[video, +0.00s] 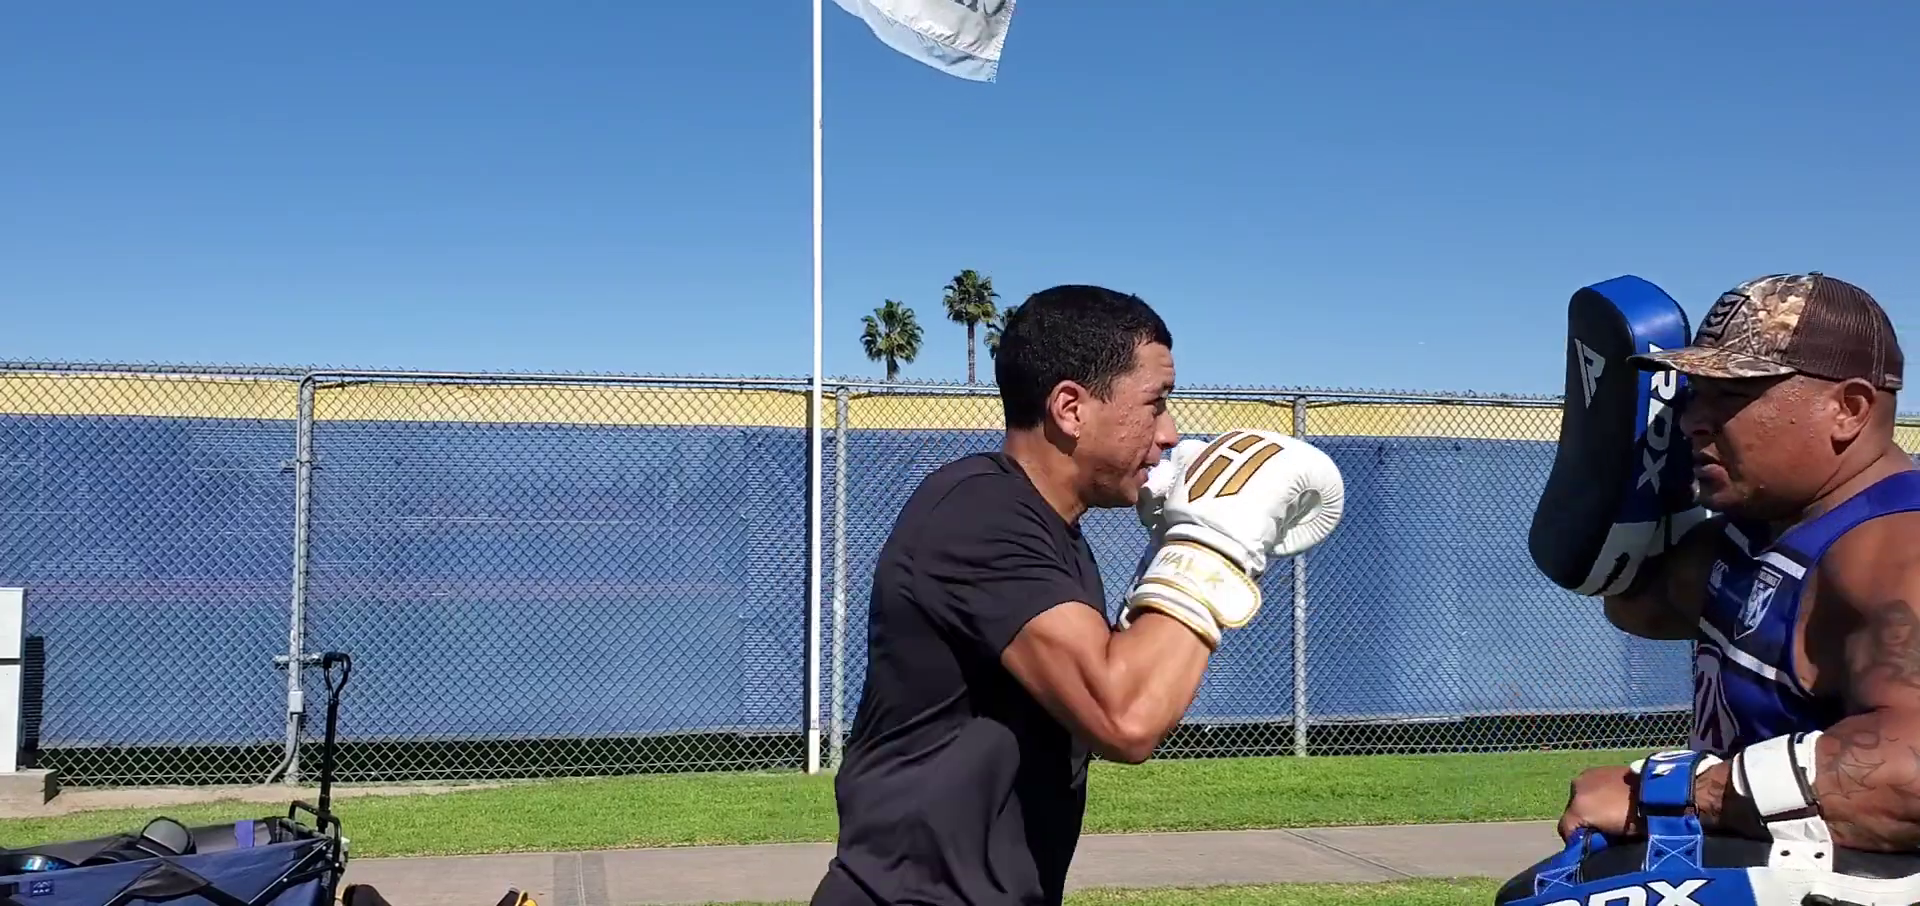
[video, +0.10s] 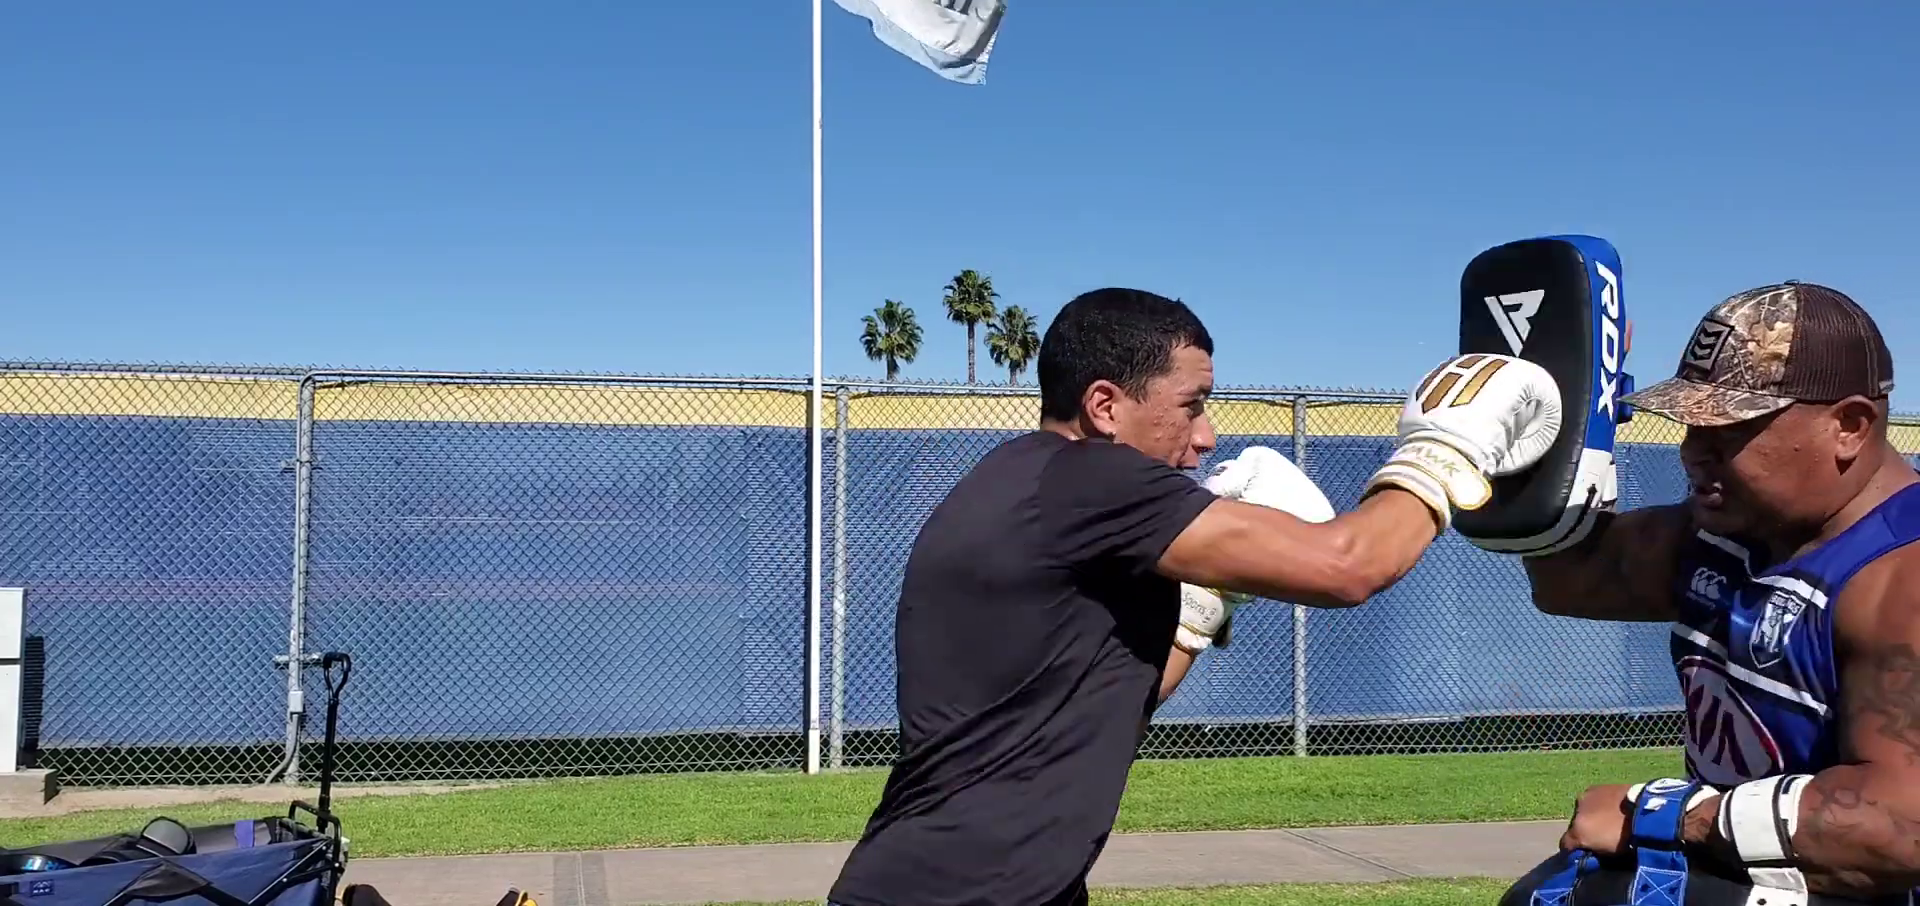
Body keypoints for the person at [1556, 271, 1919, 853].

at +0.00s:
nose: (1693, 422)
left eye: (1731, 394)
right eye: (1696, 394)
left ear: (1848, 410)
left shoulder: (1887, 552)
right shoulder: (1755, 528)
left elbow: (1901, 774)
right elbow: (1643, 604)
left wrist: (1661, 789)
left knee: (1546, 894)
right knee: (1535, 884)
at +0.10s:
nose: (1692, 453)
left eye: (1728, 431)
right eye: (1693, 424)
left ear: (1848, 430)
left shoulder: (1902, 585)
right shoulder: (1732, 528)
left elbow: (1897, 827)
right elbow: (1570, 576)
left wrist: (1666, 811)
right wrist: (1545, 429)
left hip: (1840, 884)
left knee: (1558, 891)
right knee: (1547, 882)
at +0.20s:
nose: (1712, 436)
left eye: (1751, 415)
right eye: (1714, 407)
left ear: (1873, 425)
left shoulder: (1899, 587)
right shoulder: (1762, 517)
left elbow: (1903, 824)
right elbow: (1632, 579)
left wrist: (1682, 828)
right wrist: (1552, 484)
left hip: (1832, 883)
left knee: (1574, 886)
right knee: (1568, 881)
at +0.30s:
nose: (1737, 420)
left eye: (1777, 399)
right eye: (1744, 391)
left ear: (1895, 431)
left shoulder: (1906, 587)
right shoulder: (1779, 526)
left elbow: (1907, 815)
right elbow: (1694, 626)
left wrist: (1696, 793)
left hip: (1877, 875)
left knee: (1577, 863)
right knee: (1555, 848)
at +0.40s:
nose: (1752, 422)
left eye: (1792, 399)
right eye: (1755, 395)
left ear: (1903, 427)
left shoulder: (1907, 576)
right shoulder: (1797, 542)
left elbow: (1909, 796)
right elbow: (1730, 671)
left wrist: (1728, 721)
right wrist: (1653, 593)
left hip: (1867, 894)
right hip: (1772, 886)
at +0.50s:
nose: (1763, 414)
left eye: (1801, 388)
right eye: (1762, 390)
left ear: (1908, 406)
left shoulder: (1909, 554)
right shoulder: (1807, 540)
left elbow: (1908, 748)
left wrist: (1725, 687)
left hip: (1871, 886)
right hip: (1780, 881)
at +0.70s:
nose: (1779, 410)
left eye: (1813, 384)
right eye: (1777, 388)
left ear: (1915, 400)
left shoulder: (1912, 530)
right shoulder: (1803, 552)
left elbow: (1902, 678)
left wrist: (1686, 647)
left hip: (1887, 887)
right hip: (1797, 882)